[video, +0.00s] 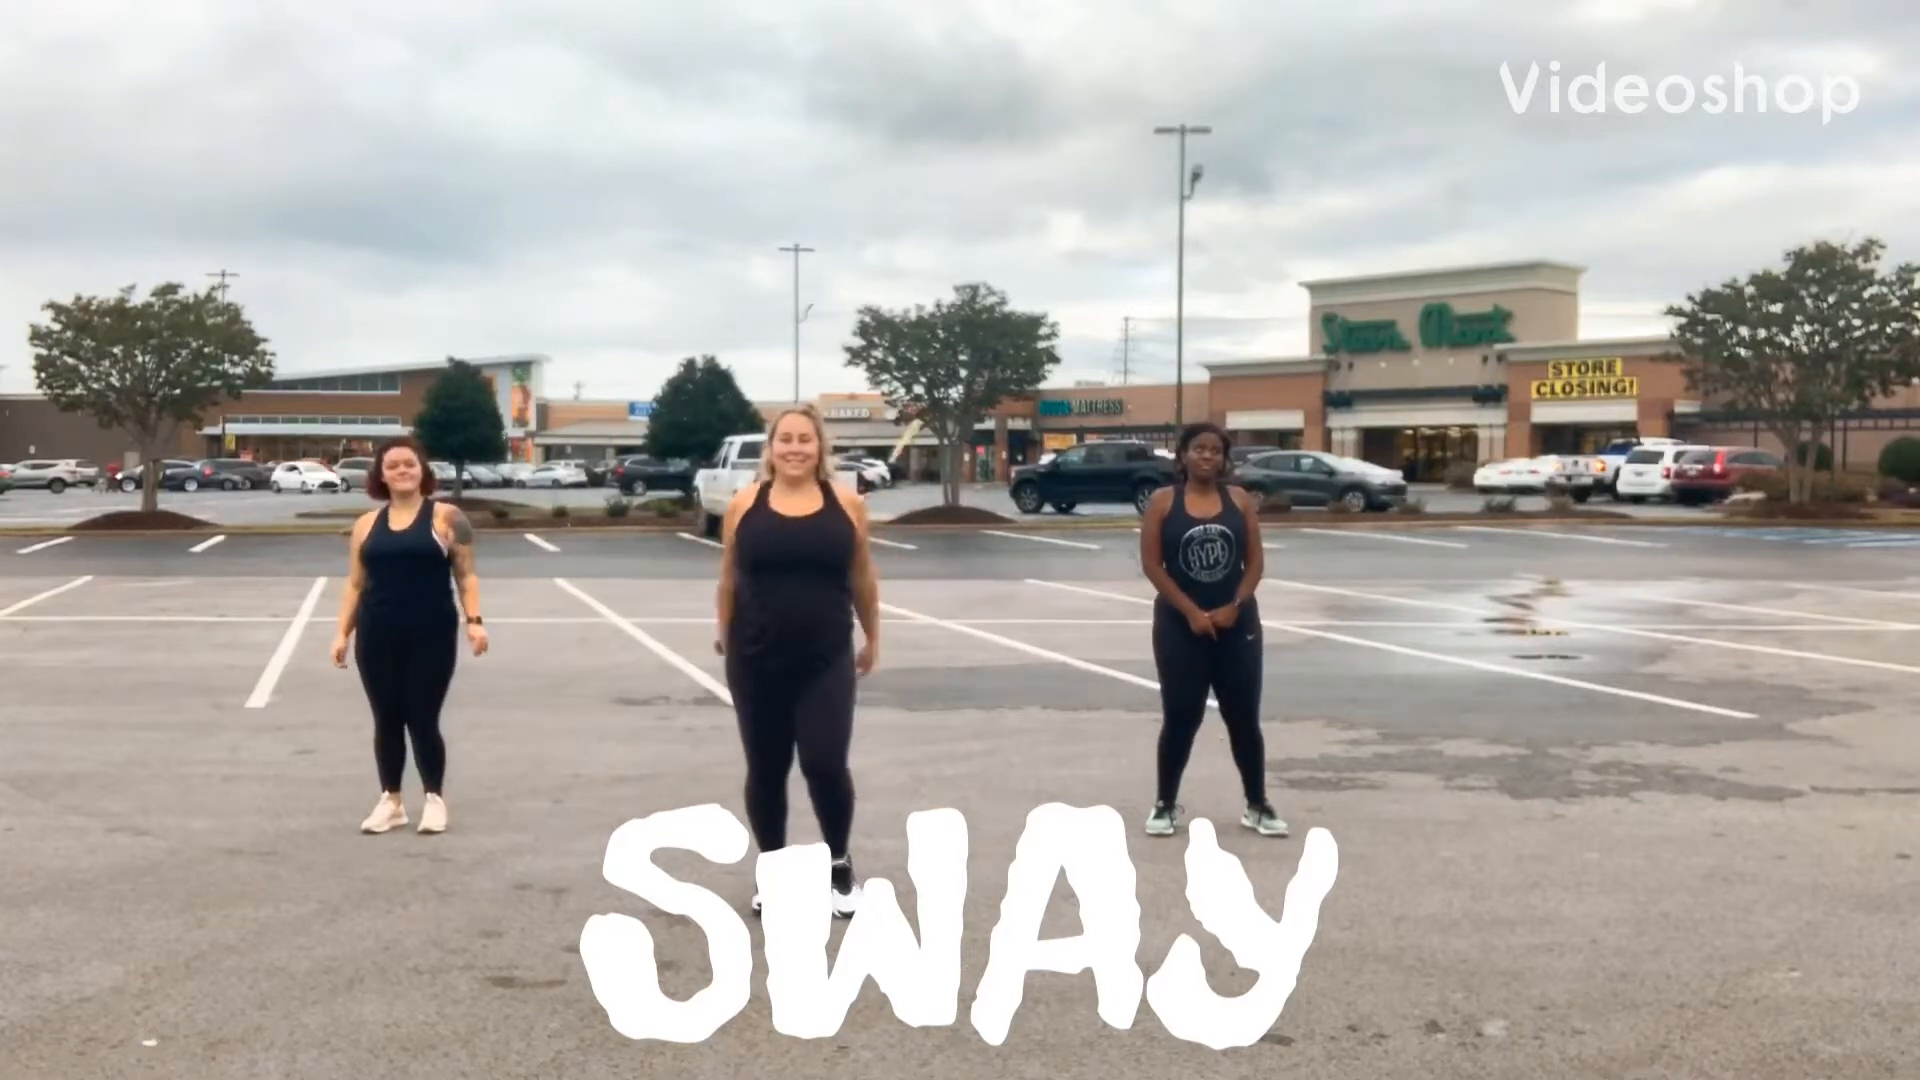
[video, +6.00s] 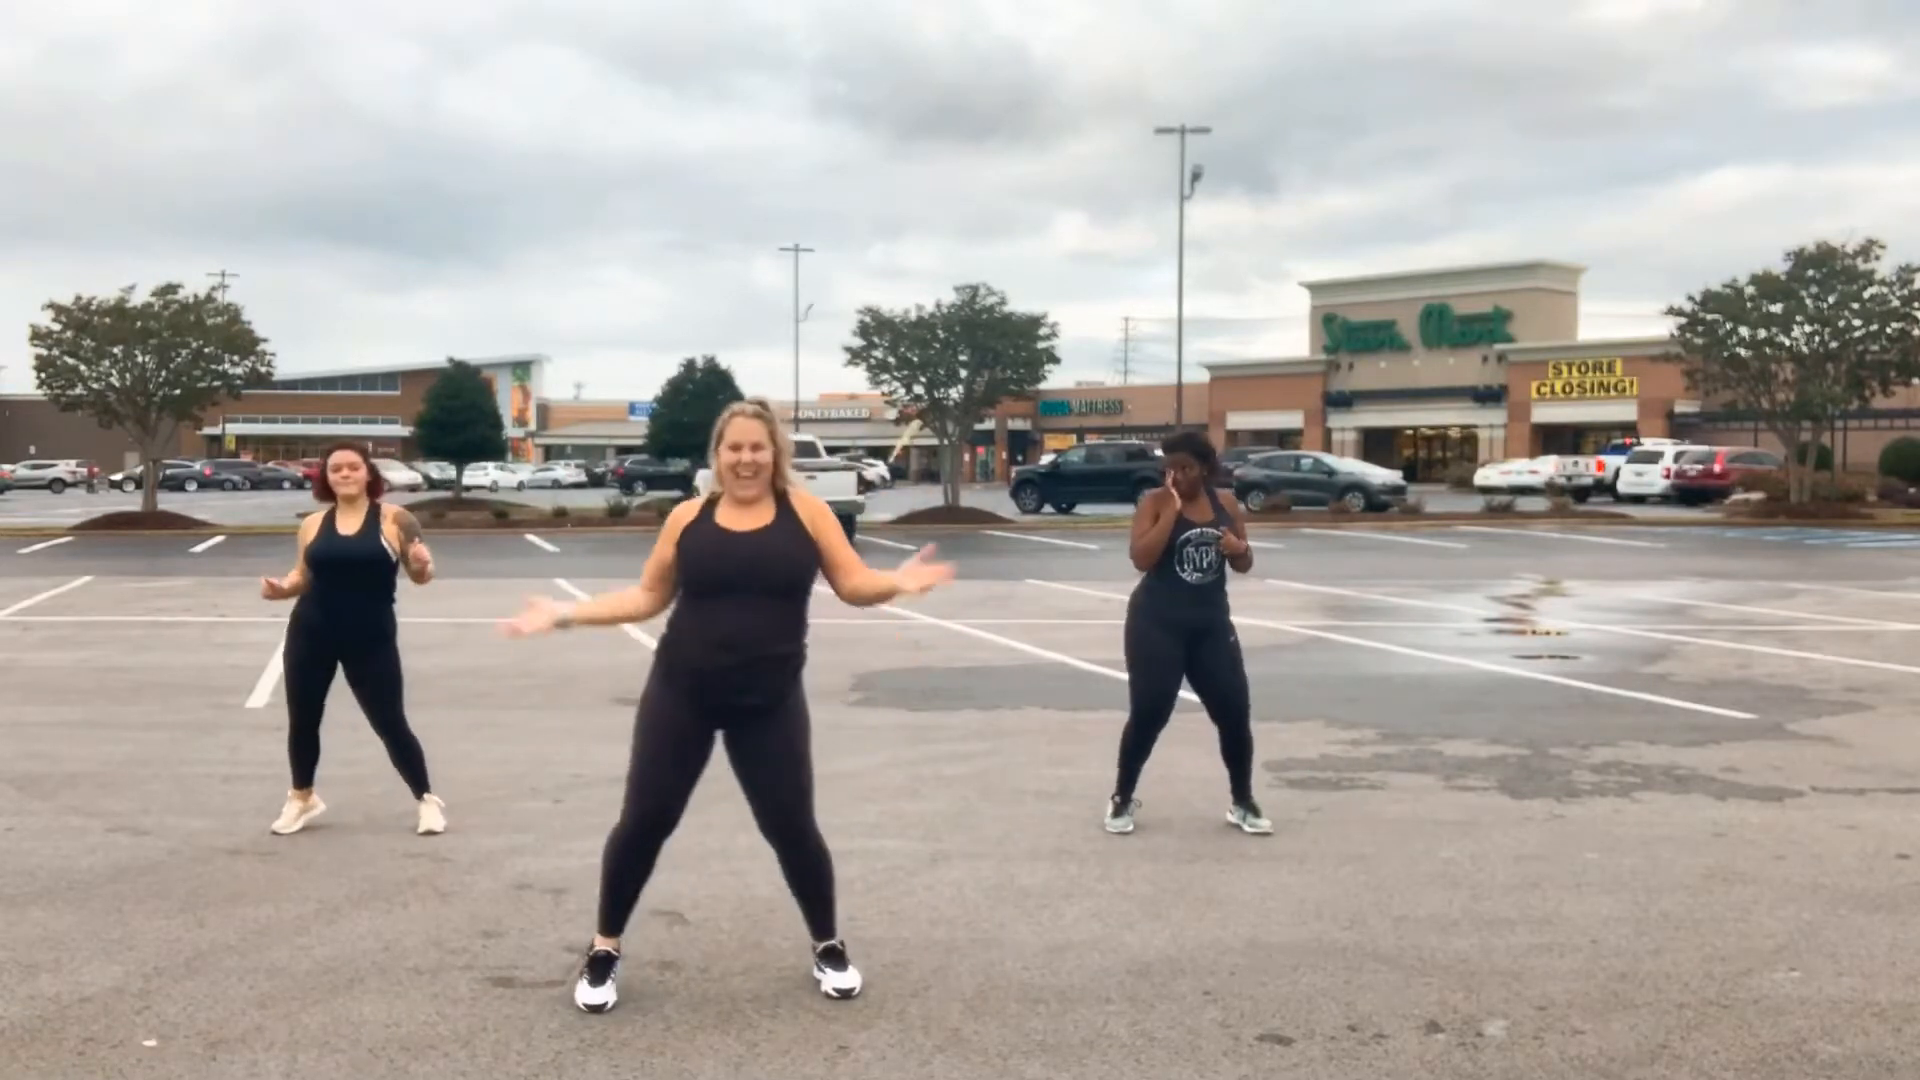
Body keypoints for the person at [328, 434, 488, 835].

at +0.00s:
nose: (402, 471)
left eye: (409, 464)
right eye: (393, 466)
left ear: (422, 470)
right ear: (382, 475)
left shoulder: (446, 518)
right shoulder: (366, 524)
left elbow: (465, 574)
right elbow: (355, 584)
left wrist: (474, 621)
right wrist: (343, 633)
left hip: (431, 635)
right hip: (377, 637)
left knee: (421, 719)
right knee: (387, 719)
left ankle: (433, 799)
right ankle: (391, 800)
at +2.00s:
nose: (408, 472)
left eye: (416, 464)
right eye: (400, 466)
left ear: (430, 471)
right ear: (389, 474)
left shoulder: (452, 520)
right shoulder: (369, 522)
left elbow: (470, 570)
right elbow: (353, 581)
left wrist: (467, 596)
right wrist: (348, 633)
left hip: (437, 636)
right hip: (382, 637)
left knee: (427, 719)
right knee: (394, 721)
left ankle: (434, 800)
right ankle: (401, 799)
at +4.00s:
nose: (415, 471)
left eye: (423, 464)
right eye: (407, 465)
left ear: (438, 472)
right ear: (396, 475)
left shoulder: (457, 518)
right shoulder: (375, 521)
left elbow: (471, 556)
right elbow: (333, 562)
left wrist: (436, 525)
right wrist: (351, 587)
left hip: (453, 636)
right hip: (397, 639)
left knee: (467, 712)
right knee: (402, 724)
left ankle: (499, 788)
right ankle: (406, 801)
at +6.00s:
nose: (346, 474)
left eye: (354, 467)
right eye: (337, 469)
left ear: (368, 475)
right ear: (327, 479)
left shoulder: (393, 519)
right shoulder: (312, 524)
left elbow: (420, 576)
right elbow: (305, 575)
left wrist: (421, 566)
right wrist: (283, 588)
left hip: (369, 638)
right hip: (312, 636)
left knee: (390, 724)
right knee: (302, 721)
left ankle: (426, 800)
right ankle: (302, 797)